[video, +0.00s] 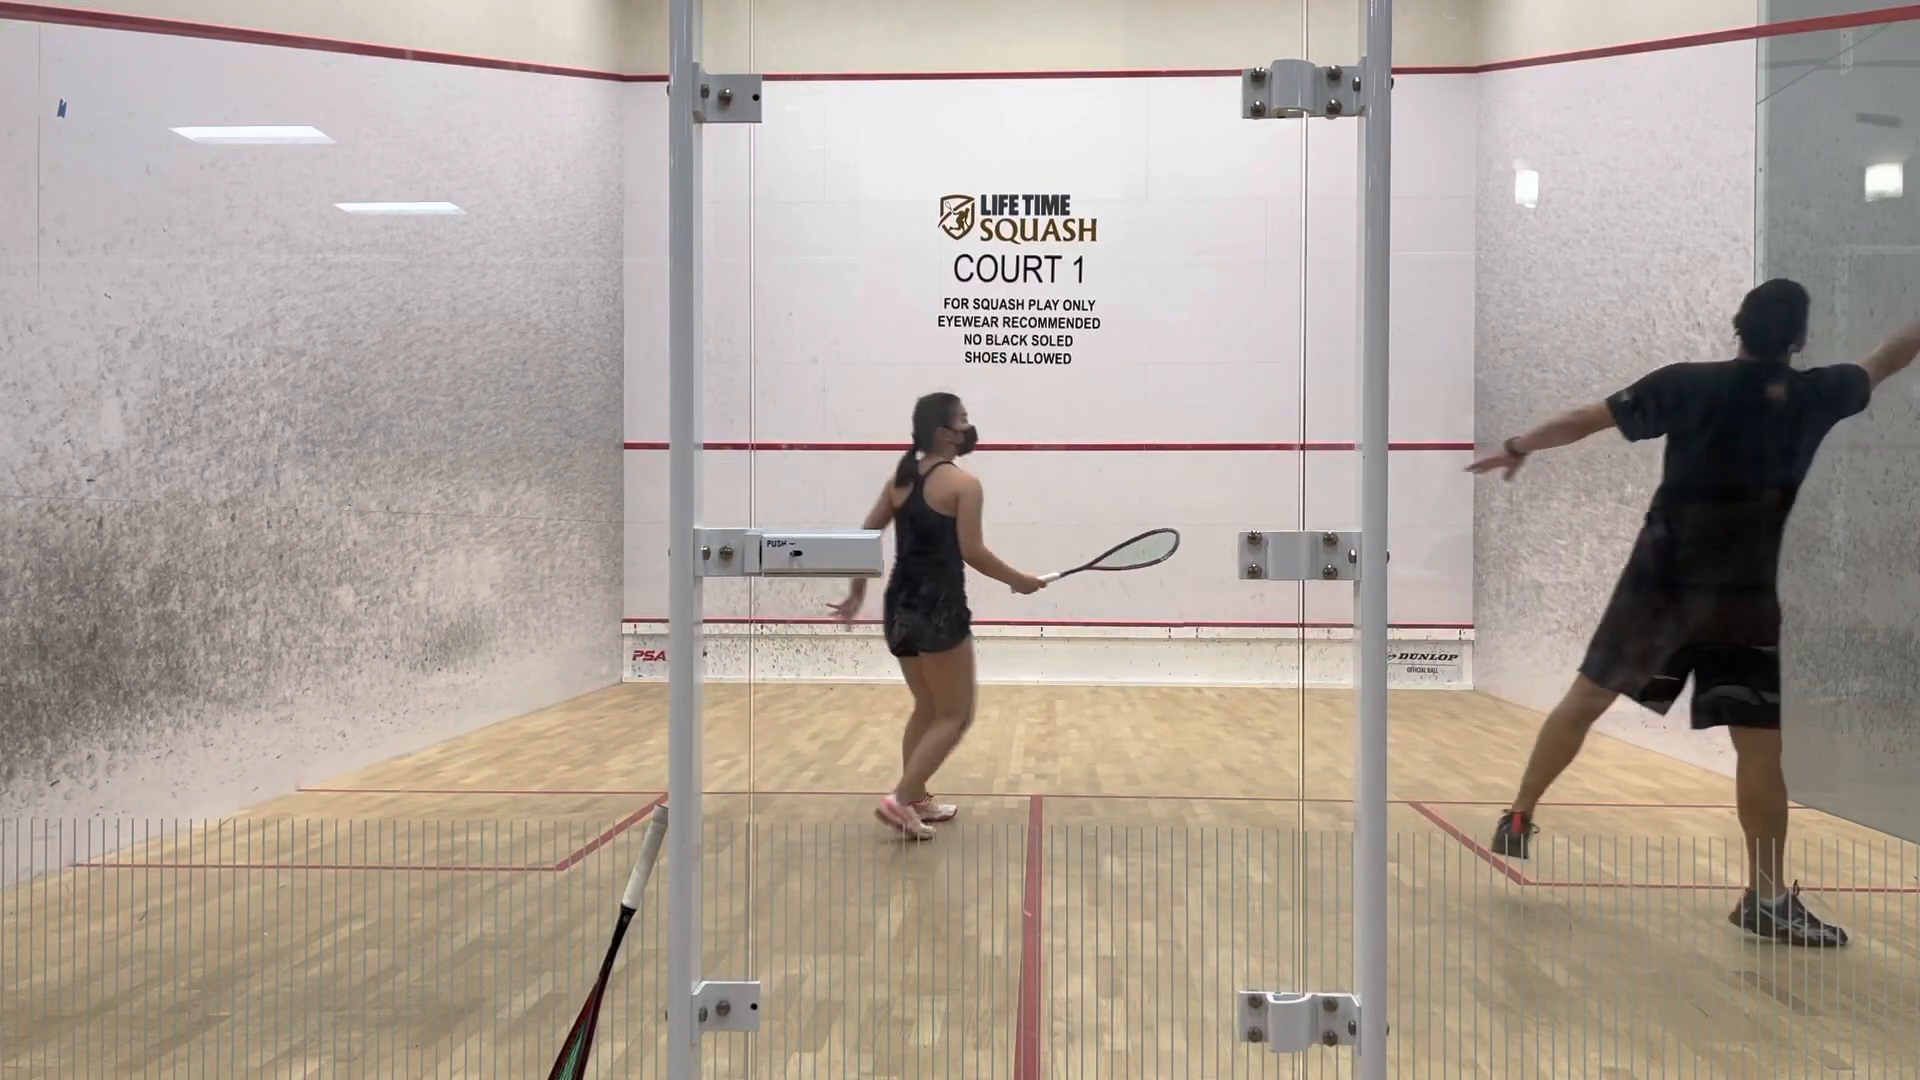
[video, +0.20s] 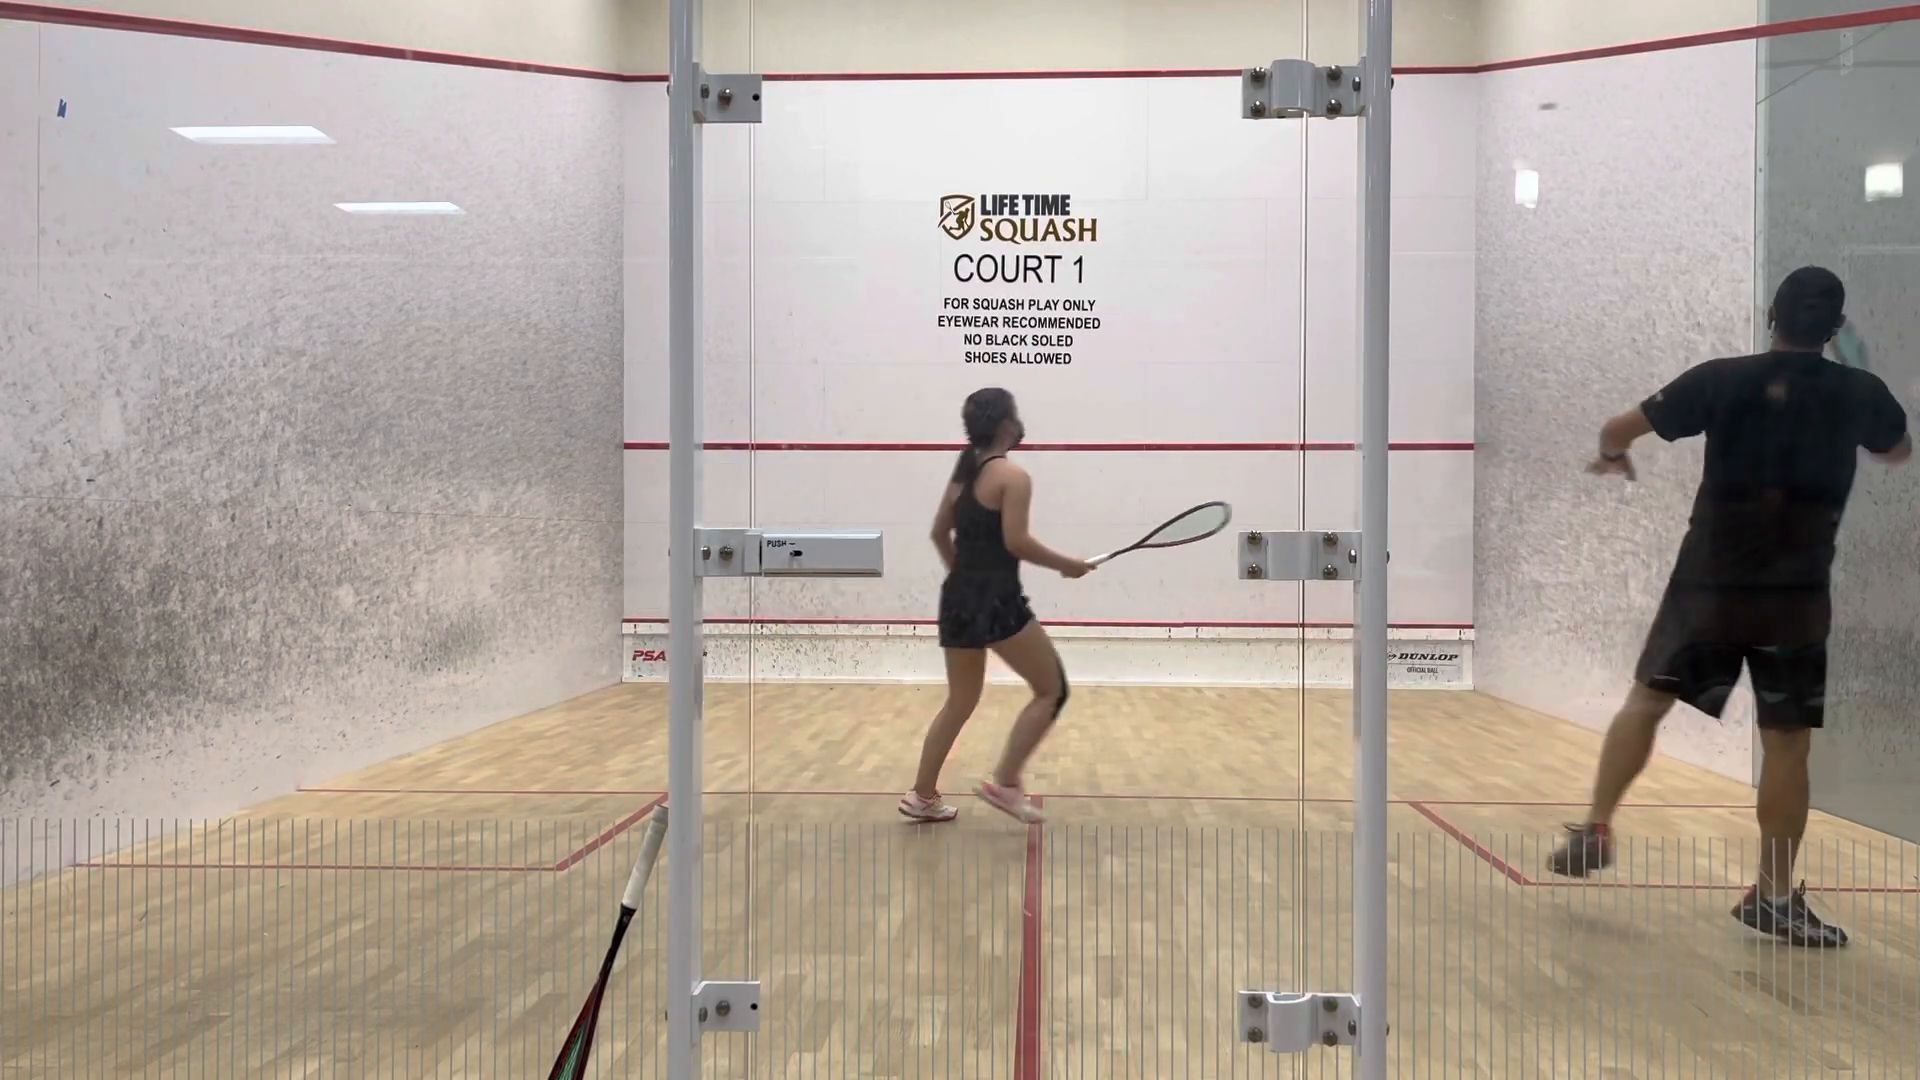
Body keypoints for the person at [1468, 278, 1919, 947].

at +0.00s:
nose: (1789, 340)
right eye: (1798, 331)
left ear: (1739, 328)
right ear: (1799, 338)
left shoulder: (1687, 384)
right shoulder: (1812, 396)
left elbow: (1586, 419)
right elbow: (1888, 360)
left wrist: (1521, 446)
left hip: (1656, 591)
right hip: (1745, 602)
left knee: (1583, 700)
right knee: (1760, 747)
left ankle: (1517, 817)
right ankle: (1768, 895)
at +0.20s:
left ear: (1772, 319)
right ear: (1835, 330)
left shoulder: (1721, 379)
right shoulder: (1858, 393)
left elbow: (1617, 429)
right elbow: (1898, 452)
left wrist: (1612, 454)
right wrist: (1851, 389)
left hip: (1704, 597)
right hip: (1794, 608)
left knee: (1644, 706)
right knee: (1787, 745)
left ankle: (1593, 830)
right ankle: (1774, 895)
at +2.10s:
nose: (1833, 393)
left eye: (1833, 382)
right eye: (1835, 383)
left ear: (1773, 366)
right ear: (1823, 383)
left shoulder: (1719, 418)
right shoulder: (1775, 432)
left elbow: (1649, 501)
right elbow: (1750, 521)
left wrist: (1688, 573)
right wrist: (1843, 600)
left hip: (1676, 614)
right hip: (1701, 623)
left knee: (1765, 734)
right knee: (1667, 763)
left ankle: (1708, 882)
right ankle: (1570, 898)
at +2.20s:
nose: (1872, 398)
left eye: (1876, 386)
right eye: (1873, 385)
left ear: (1819, 368)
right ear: (1849, 378)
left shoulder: (1746, 412)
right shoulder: (1797, 424)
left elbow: (1678, 492)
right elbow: (1761, 509)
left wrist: (1714, 566)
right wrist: (1844, 583)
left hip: (1700, 611)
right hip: (1718, 620)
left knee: (1787, 733)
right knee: (1676, 759)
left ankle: (1795, 897)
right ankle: (1576, 894)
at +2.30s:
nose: (1906, 414)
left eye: (1912, 403)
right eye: (1907, 399)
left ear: (1868, 376)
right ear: (1879, 378)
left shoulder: (1795, 420)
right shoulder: (1824, 429)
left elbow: (1716, 500)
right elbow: (1782, 506)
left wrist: (1783, 593)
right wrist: (1867, 568)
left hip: (1739, 621)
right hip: (1739, 626)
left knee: (1813, 752)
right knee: (1687, 766)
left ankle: (1870, 909)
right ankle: (1580, 890)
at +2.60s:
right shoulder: (1909, 445)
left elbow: (1910, 572)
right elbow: (1832, 469)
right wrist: (1912, 502)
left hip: (1832, 620)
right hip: (1789, 612)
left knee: (1891, 759)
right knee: (1869, 756)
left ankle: (1893, 919)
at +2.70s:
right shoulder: (1912, 447)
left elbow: (1854, 444)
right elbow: (1853, 444)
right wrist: (1913, 471)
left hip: (1848, 619)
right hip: (1799, 611)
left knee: (1904, 759)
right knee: (1876, 758)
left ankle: (1894, 928)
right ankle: (1876, 946)